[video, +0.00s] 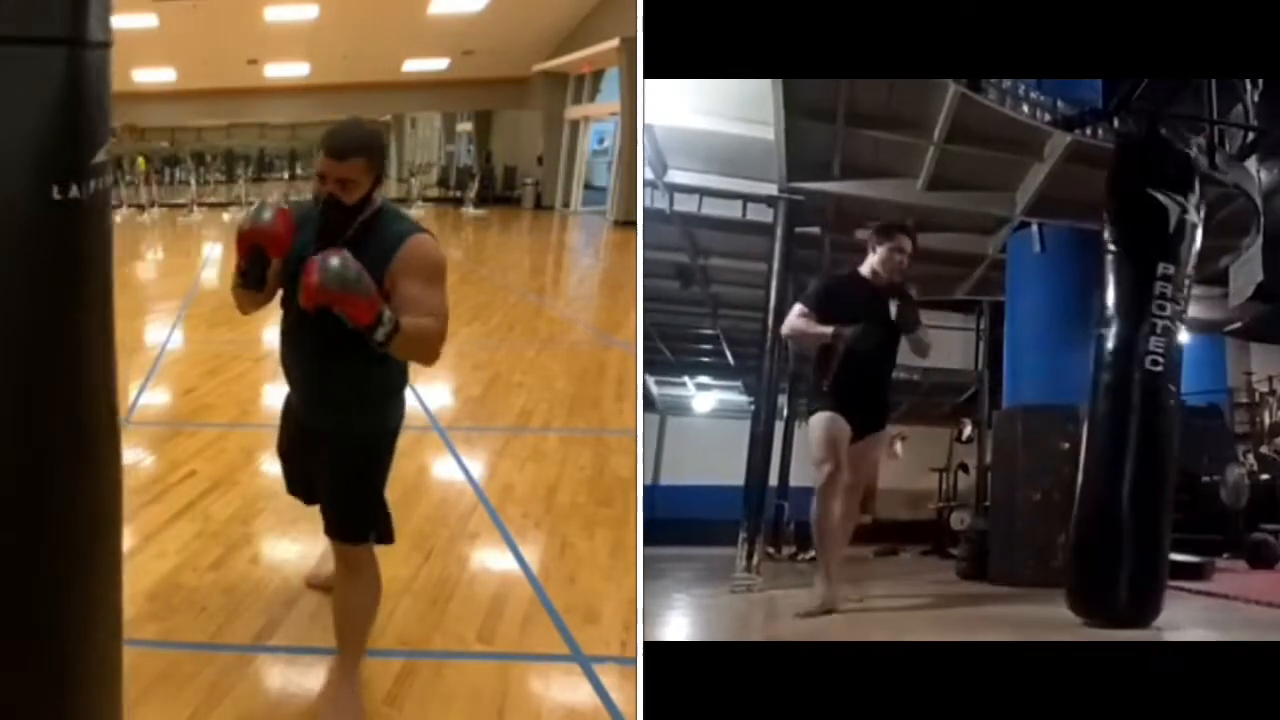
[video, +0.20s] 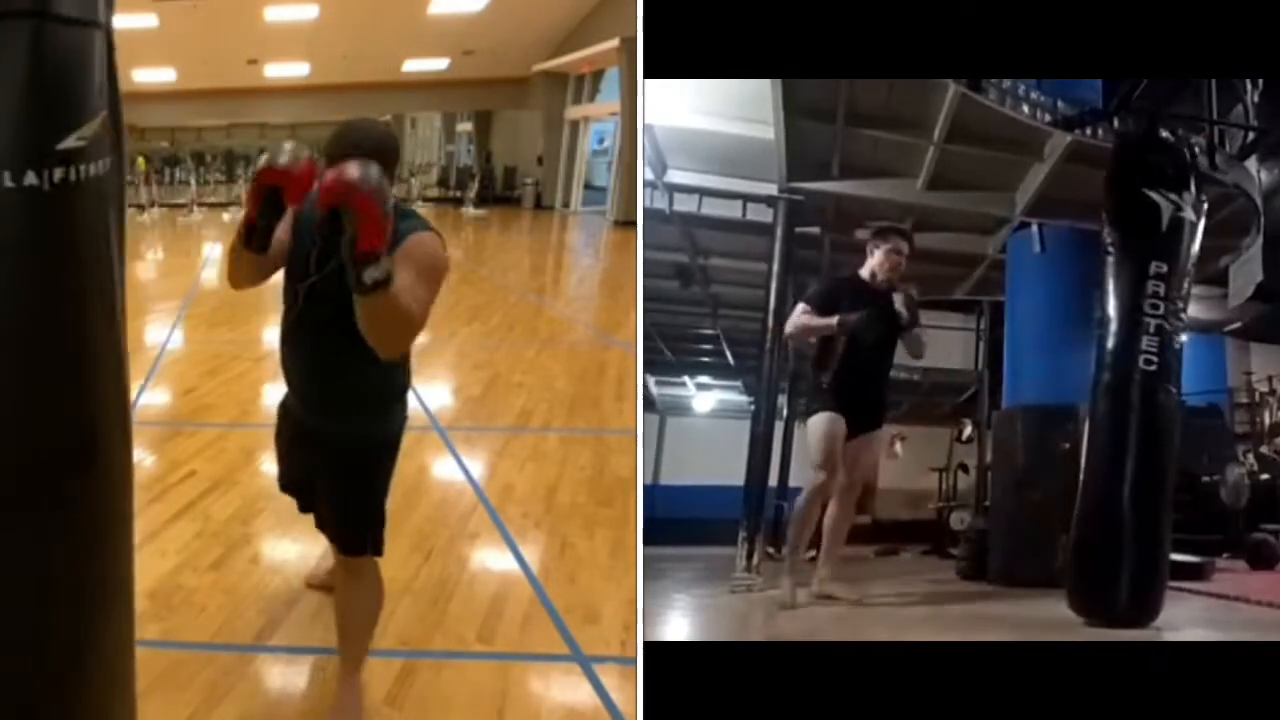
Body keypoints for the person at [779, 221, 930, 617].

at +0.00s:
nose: (902, 262)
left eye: (907, 256)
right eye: (896, 252)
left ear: (909, 262)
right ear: (873, 250)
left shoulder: (898, 301)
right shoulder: (836, 286)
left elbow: (923, 351)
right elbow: (791, 325)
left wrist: (911, 323)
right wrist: (836, 332)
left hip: (872, 404)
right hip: (831, 398)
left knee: (854, 496)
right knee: (830, 476)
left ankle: (828, 576)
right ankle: (825, 584)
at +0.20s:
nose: (898, 262)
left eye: (904, 257)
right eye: (893, 252)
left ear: (906, 264)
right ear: (872, 252)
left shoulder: (896, 303)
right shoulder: (838, 288)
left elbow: (918, 353)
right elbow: (794, 326)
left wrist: (908, 316)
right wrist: (835, 323)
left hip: (869, 402)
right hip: (829, 396)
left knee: (848, 491)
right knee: (824, 479)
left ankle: (824, 576)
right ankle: (790, 569)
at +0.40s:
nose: (890, 264)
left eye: (895, 258)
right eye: (884, 255)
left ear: (898, 266)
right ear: (864, 256)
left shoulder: (889, 304)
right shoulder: (837, 289)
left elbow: (881, 349)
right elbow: (811, 324)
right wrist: (864, 311)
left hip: (871, 405)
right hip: (829, 401)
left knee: (881, 491)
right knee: (805, 489)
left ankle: (842, 561)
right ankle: (787, 574)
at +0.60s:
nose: (896, 265)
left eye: (901, 260)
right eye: (891, 256)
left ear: (903, 268)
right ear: (870, 256)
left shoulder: (894, 304)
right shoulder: (836, 289)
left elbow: (888, 344)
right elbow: (808, 333)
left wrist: (904, 360)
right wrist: (860, 332)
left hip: (872, 400)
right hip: (830, 397)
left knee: (908, 465)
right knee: (804, 484)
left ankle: (906, 563)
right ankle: (787, 577)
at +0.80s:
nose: (917, 271)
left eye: (922, 266)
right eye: (911, 262)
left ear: (925, 272)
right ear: (890, 261)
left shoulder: (921, 304)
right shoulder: (859, 291)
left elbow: (949, 332)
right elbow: (810, 325)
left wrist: (961, 345)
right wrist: (855, 329)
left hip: (890, 406)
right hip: (848, 401)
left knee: (908, 489)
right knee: (815, 483)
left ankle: (927, 578)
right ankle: (789, 575)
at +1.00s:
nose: (929, 268)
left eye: (936, 263)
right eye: (925, 258)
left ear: (938, 269)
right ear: (905, 255)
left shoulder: (935, 298)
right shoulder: (874, 284)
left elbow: (954, 348)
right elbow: (820, 322)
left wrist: (937, 325)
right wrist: (868, 322)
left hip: (906, 402)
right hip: (861, 394)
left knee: (918, 491)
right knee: (823, 464)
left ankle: (927, 581)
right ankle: (794, 564)